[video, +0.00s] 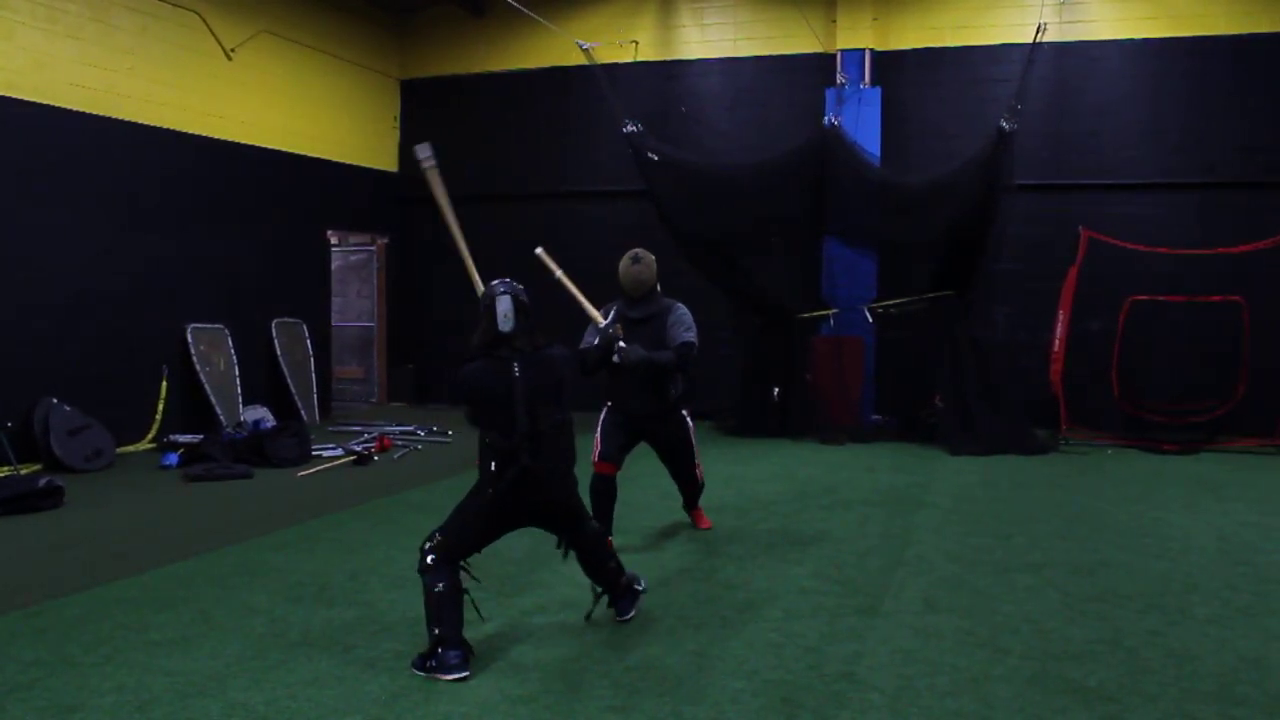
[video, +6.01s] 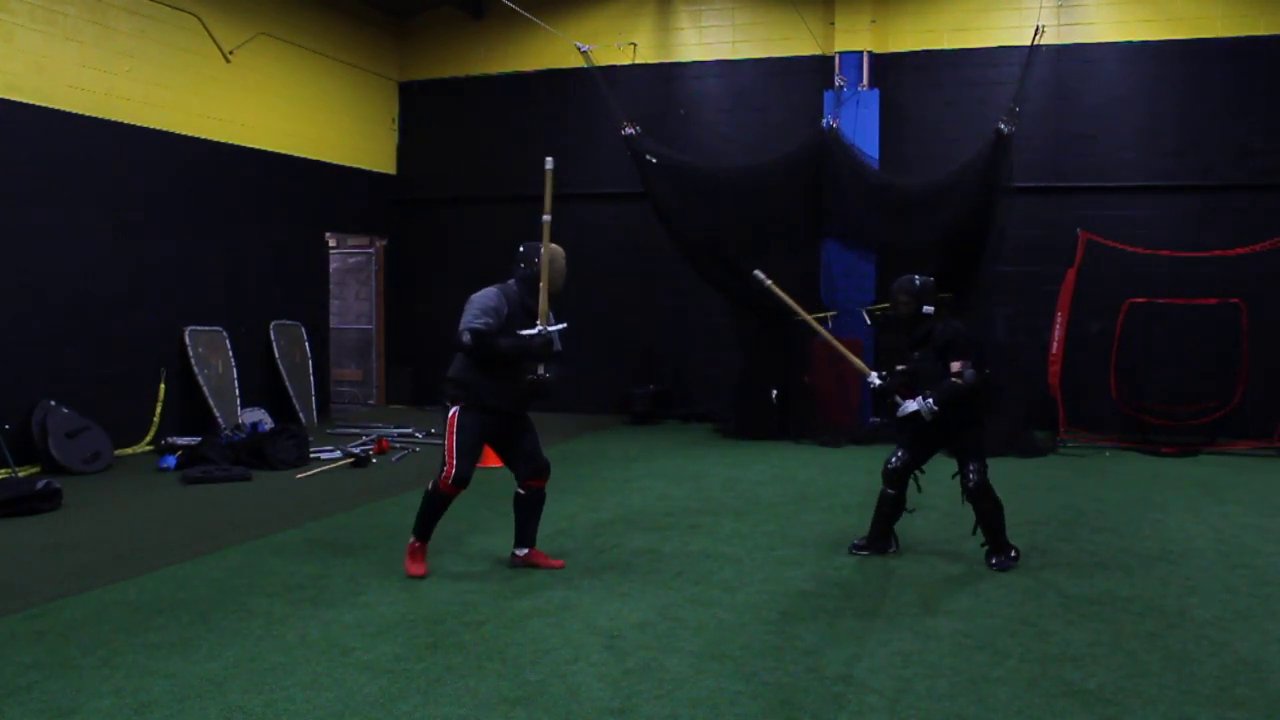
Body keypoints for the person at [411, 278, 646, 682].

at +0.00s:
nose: (505, 320)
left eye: (498, 312)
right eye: (508, 310)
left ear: (484, 321)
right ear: (530, 318)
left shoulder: (475, 371)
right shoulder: (556, 362)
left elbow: (473, 417)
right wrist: (602, 343)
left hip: (498, 494)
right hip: (554, 490)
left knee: (437, 553)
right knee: (585, 535)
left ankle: (448, 649)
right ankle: (623, 593)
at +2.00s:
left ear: (620, 363)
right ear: (662, 350)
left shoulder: (622, 403)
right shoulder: (692, 369)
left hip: (683, 495)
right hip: (728, 486)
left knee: (617, 538)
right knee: (703, 502)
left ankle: (641, 612)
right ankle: (727, 573)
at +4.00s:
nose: (863, 288)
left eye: (867, 281)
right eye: (865, 280)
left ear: (879, 284)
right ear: (902, 283)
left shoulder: (890, 325)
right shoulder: (911, 320)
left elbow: (878, 384)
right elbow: (900, 379)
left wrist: (849, 409)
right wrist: (858, 374)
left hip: (908, 435)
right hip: (918, 430)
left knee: (887, 523)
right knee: (893, 502)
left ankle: (907, 621)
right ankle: (900, 570)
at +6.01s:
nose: (897, 307)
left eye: (902, 301)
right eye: (896, 301)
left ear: (920, 303)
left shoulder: (948, 331)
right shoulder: (911, 333)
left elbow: (963, 378)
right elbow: (912, 372)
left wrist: (927, 403)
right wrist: (887, 382)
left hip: (964, 418)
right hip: (931, 417)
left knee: (975, 483)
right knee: (894, 471)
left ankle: (1000, 548)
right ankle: (880, 538)